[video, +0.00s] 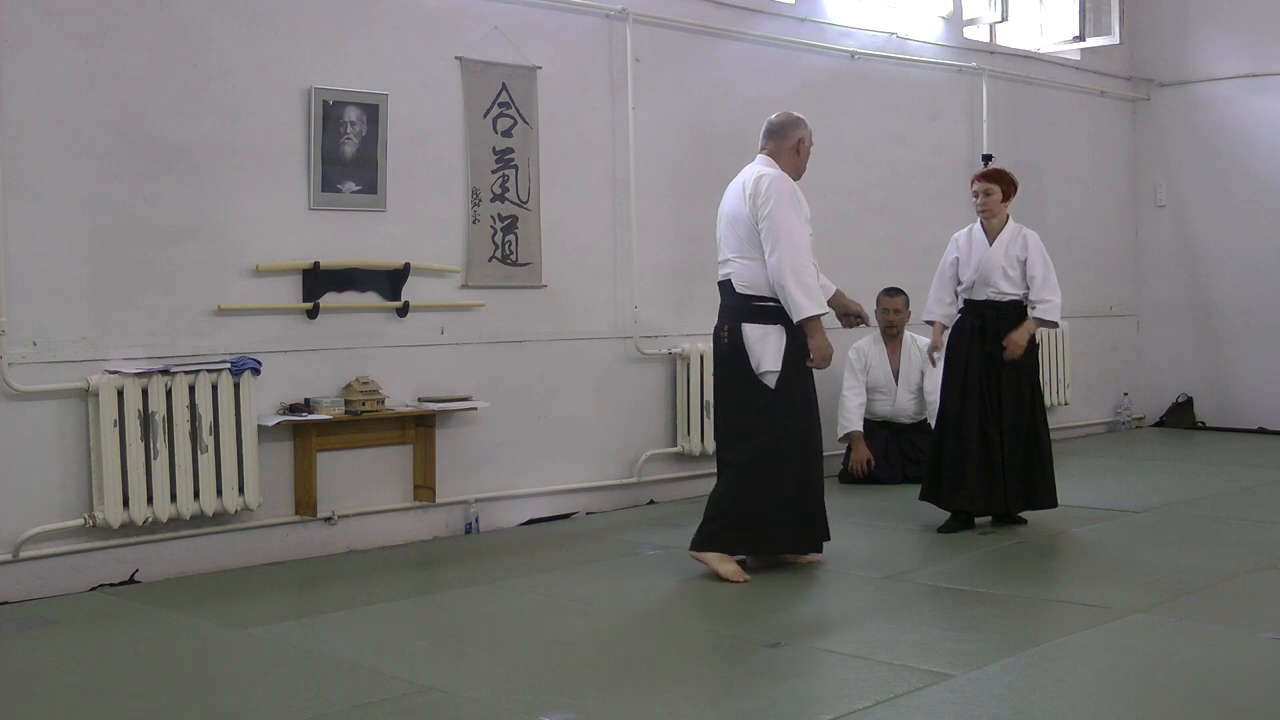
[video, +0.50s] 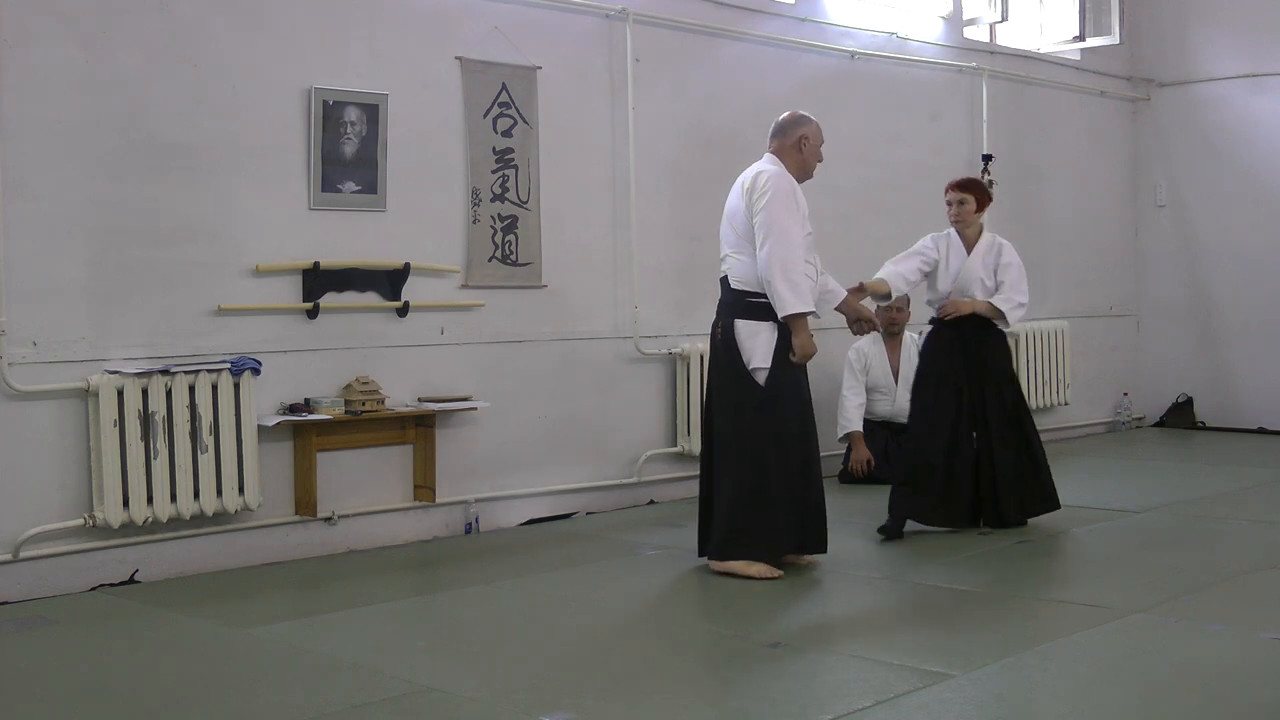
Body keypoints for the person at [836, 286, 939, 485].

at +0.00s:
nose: (890, 318)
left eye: (897, 312)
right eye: (885, 312)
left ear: (908, 316)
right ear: (876, 314)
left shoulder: (926, 349)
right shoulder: (861, 351)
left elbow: (936, 397)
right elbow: (852, 398)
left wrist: (945, 438)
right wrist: (857, 443)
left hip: (916, 430)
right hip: (874, 431)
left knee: (935, 470)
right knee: (856, 471)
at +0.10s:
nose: (891, 318)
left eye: (898, 312)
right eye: (885, 311)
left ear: (908, 316)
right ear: (876, 314)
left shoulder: (926, 349)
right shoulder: (861, 350)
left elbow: (937, 397)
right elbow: (852, 398)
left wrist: (946, 438)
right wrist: (857, 443)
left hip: (915, 431)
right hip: (874, 432)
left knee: (935, 471)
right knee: (857, 471)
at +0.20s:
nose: (892, 316)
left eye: (898, 309)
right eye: (886, 309)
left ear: (908, 313)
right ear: (876, 314)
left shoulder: (926, 349)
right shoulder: (860, 350)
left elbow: (935, 396)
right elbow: (852, 397)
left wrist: (944, 435)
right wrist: (857, 443)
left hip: (916, 430)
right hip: (874, 431)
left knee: (936, 470)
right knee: (857, 471)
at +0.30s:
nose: (893, 317)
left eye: (899, 311)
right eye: (887, 311)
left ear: (908, 314)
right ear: (877, 313)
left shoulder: (926, 349)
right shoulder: (860, 351)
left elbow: (935, 396)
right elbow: (852, 398)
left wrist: (940, 434)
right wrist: (857, 443)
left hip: (915, 430)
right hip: (874, 431)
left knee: (935, 468)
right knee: (856, 471)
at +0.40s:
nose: (893, 316)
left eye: (899, 310)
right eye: (887, 310)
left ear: (909, 314)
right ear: (877, 313)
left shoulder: (926, 349)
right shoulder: (861, 350)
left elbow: (933, 395)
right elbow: (851, 397)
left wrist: (934, 434)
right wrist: (857, 442)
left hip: (913, 430)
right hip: (873, 430)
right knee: (854, 471)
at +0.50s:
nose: (893, 316)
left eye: (899, 310)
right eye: (886, 310)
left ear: (909, 315)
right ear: (876, 313)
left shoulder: (920, 347)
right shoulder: (861, 349)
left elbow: (931, 391)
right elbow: (852, 396)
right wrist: (857, 442)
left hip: (910, 430)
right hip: (872, 430)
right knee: (856, 472)